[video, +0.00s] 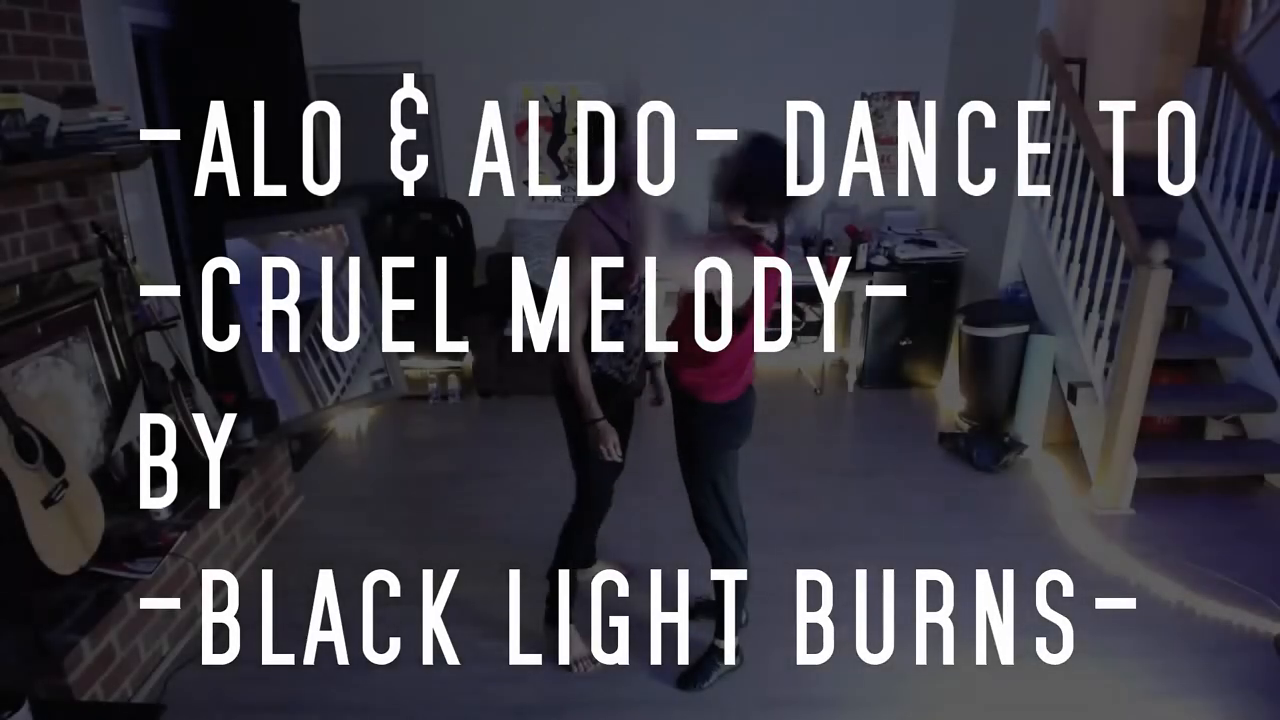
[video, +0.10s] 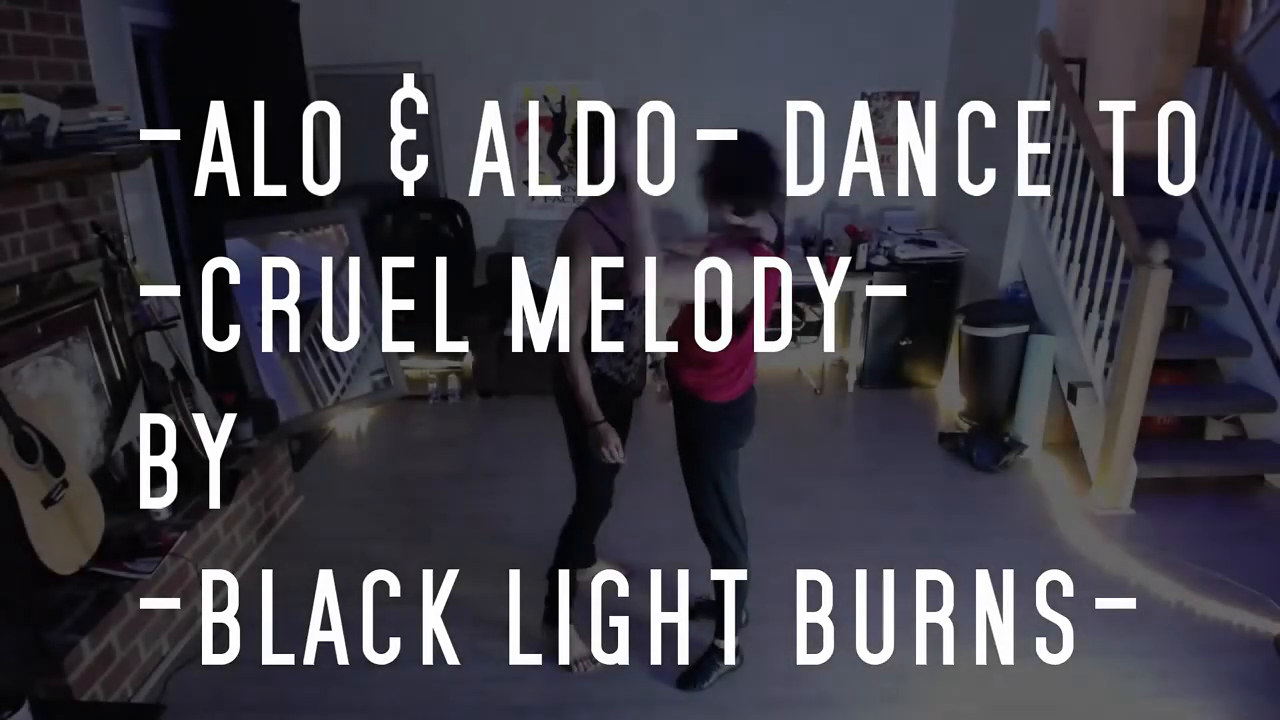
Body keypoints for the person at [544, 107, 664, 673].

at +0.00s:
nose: (645, 172)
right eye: (636, 160)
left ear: (620, 155)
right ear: (618, 163)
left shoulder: (640, 218)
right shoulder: (582, 229)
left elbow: (642, 298)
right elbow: (569, 337)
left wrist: (652, 363)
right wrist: (595, 419)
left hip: (622, 374)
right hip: (586, 377)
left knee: (601, 490)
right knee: (594, 495)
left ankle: (576, 589)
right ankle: (561, 618)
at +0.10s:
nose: (642, 165)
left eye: (640, 153)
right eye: (633, 155)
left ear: (612, 159)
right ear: (612, 161)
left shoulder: (636, 214)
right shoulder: (582, 229)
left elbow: (641, 294)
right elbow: (568, 339)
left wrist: (649, 360)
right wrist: (595, 422)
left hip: (622, 374)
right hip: (586, 377)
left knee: (598, 494)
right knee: (593, 499)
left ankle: (573, 597)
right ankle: (564, 617)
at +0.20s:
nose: (631, 168)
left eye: (626, 157)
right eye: (619, 159)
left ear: (597, 165)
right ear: (596, 166)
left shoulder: (620, 219)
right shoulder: (581, 233)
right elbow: (571, 347)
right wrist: (601, 431)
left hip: (612, 378)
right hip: (586, 381)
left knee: (589, 498)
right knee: (588, 501)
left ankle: (570, 617)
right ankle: (561, 629)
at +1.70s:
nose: (599, 161)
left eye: (597, 149)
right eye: (584, 150)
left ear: (571, 163)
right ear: (548, 162)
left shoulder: (567, 229)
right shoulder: (535, 242)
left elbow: (584, 305)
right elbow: (514, 352)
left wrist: (636, 306)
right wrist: (525, 446)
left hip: (580, 393)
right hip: (551, 402)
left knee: (612, 469)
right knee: (556, 527)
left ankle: (565, 557)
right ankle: (553, 636)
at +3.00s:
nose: (629, 156)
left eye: (626, 144)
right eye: (620, 147)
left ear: (582, 158)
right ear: (590, 158)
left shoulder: (578, 212)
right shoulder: (579, 228)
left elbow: (614, 252)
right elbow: (574, 328)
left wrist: (645, 250)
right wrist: (603, 406)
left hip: (579, 364)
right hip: (575, 373)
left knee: (588, 473)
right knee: (574, 495)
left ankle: (572, 560)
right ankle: (558, 617)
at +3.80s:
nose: (630, 162)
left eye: (624, 151)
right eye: (620, 154)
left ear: (587, 173)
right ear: (592, 174)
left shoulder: (586, 220)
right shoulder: (571, 249)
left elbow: (608, 280)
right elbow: (559, 348)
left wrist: (659, 237)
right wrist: (609, 381)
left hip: (582, 374)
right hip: (567, 384)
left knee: (578, 483)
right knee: (573, 508)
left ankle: (571, 563)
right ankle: (551, 629)